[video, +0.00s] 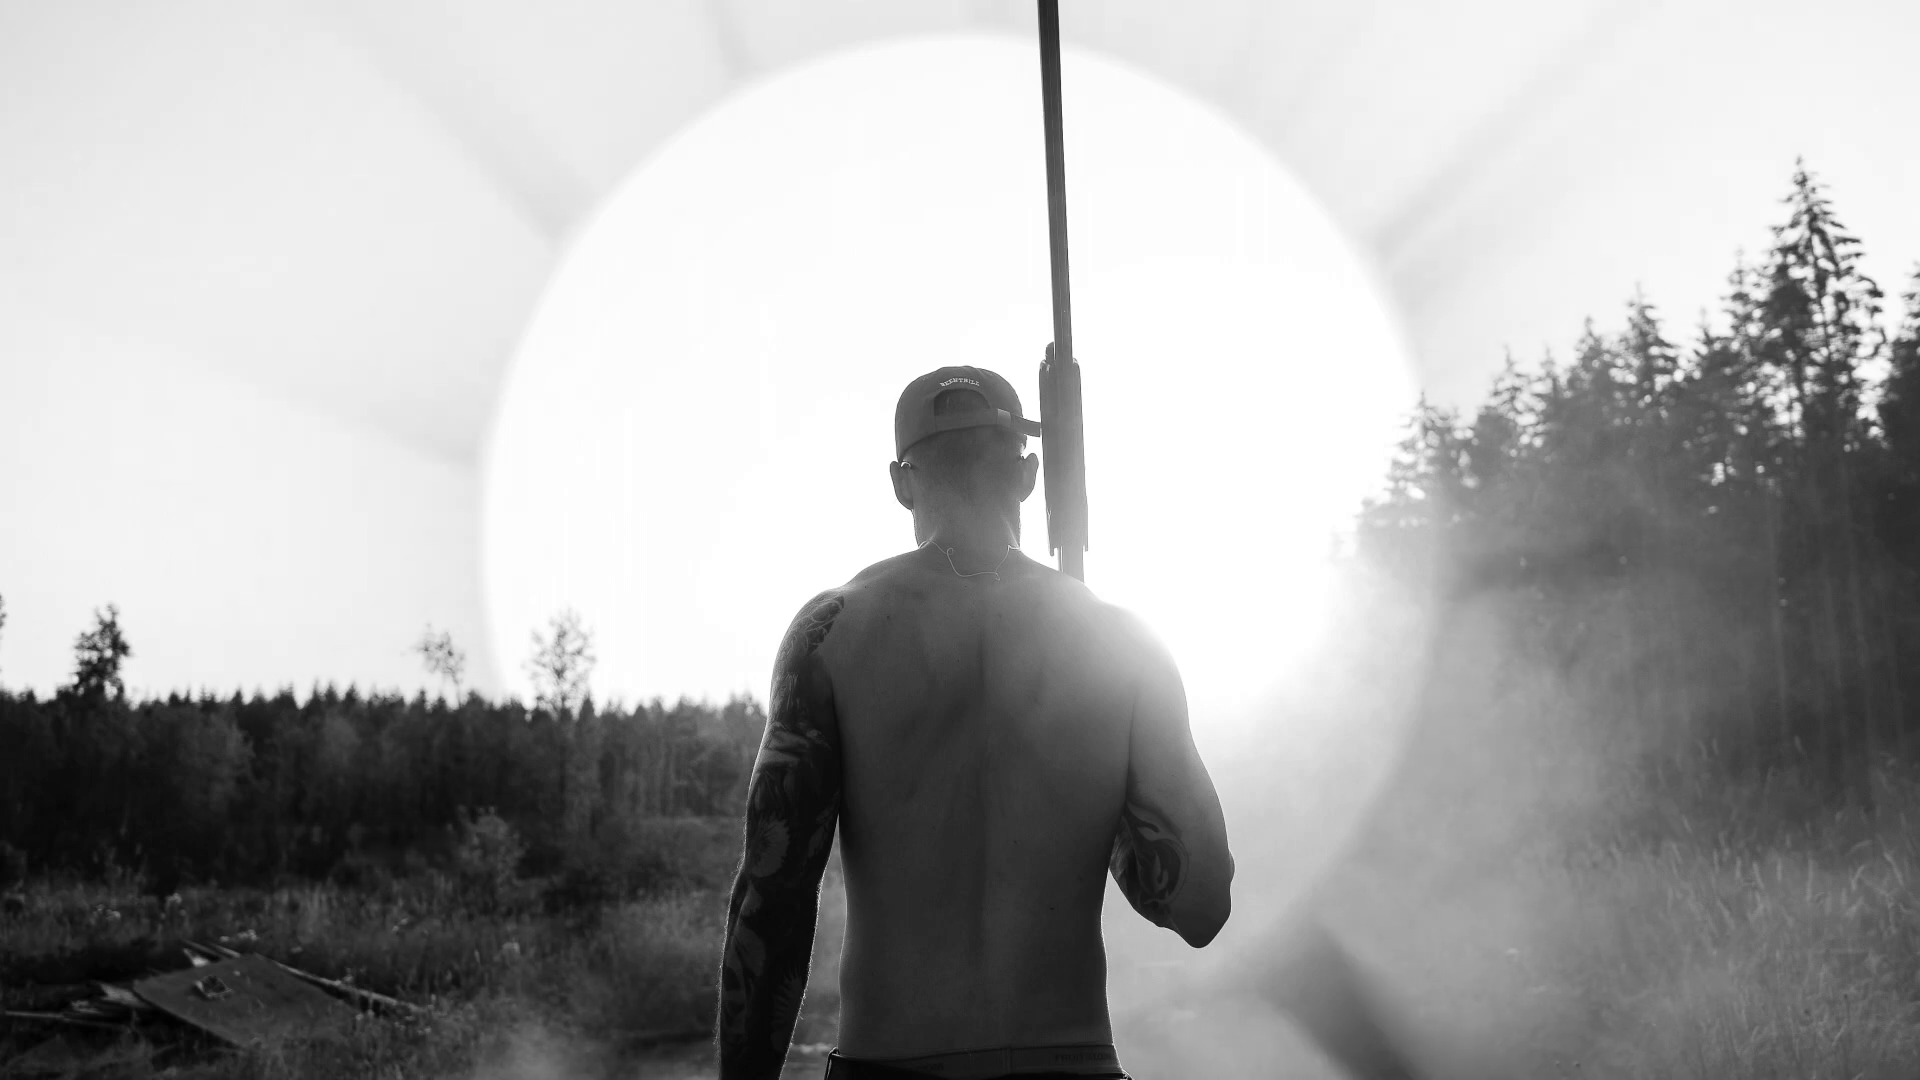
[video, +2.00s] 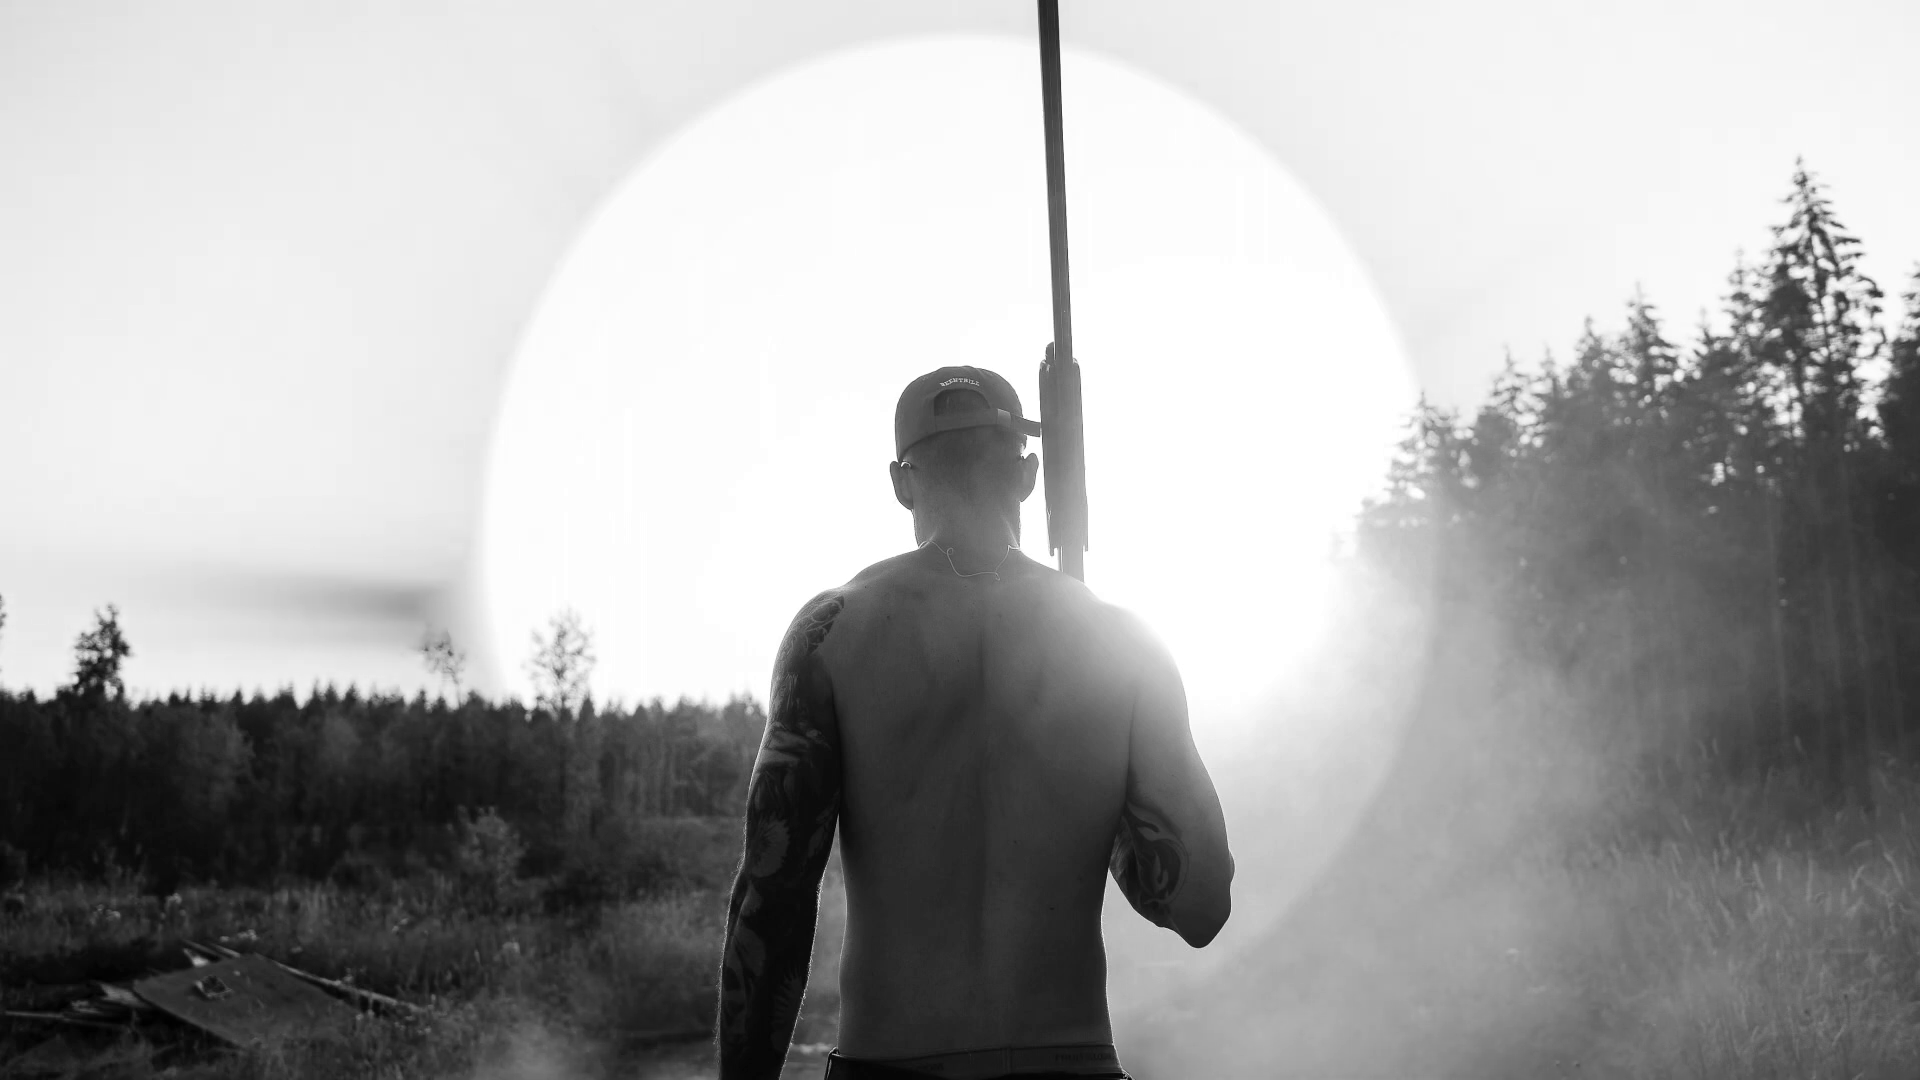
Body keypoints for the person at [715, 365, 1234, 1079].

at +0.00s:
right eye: (1017, 450)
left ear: (903, 486)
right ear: (1027, 476)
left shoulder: (832, 630)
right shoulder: (1121, 641)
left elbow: (773, 884)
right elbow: (1201, 904)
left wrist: (747, 1063)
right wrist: (1102, 803)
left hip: (887, 1045)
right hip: (1068, 1045)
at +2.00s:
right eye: (1017, 450)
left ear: (903, 486)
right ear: (1027, 476)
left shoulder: (832, 630)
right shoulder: (1121, 641)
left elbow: (773, 884)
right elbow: (1201, 904)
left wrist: (747, 1063)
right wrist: (1102, 803)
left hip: (887, 1045)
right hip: (1067, 1045)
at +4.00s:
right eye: (1015, 448)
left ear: (903, 486)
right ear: (1028, 477)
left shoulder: (831, 630)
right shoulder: (1121, 641)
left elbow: (773, 886)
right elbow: (1201, 905)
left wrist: (747, 1063)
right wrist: (1101, 800)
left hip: (886, 1046)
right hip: (1068, 1046)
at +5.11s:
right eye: (1015, 449)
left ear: (903, 486)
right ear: (1028, 477)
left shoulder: (831, 630)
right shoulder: (1121, 641)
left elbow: (773, 885)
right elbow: (1201, 905)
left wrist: (747, 1062)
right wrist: (1101, 800)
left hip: (886, 1046)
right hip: (1068, 1046)